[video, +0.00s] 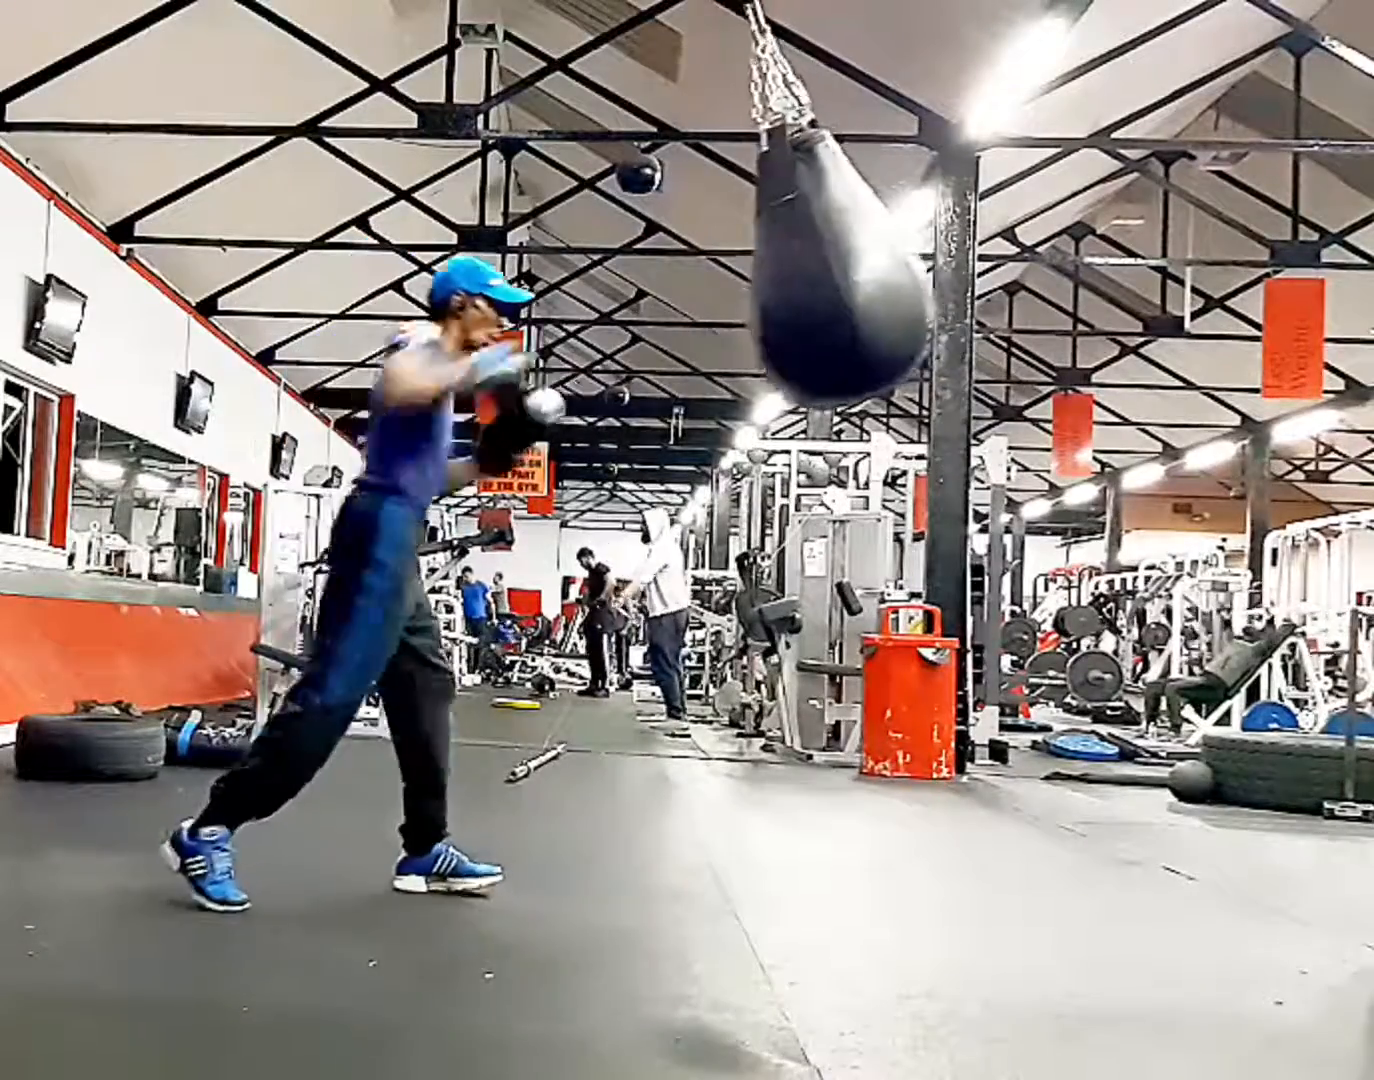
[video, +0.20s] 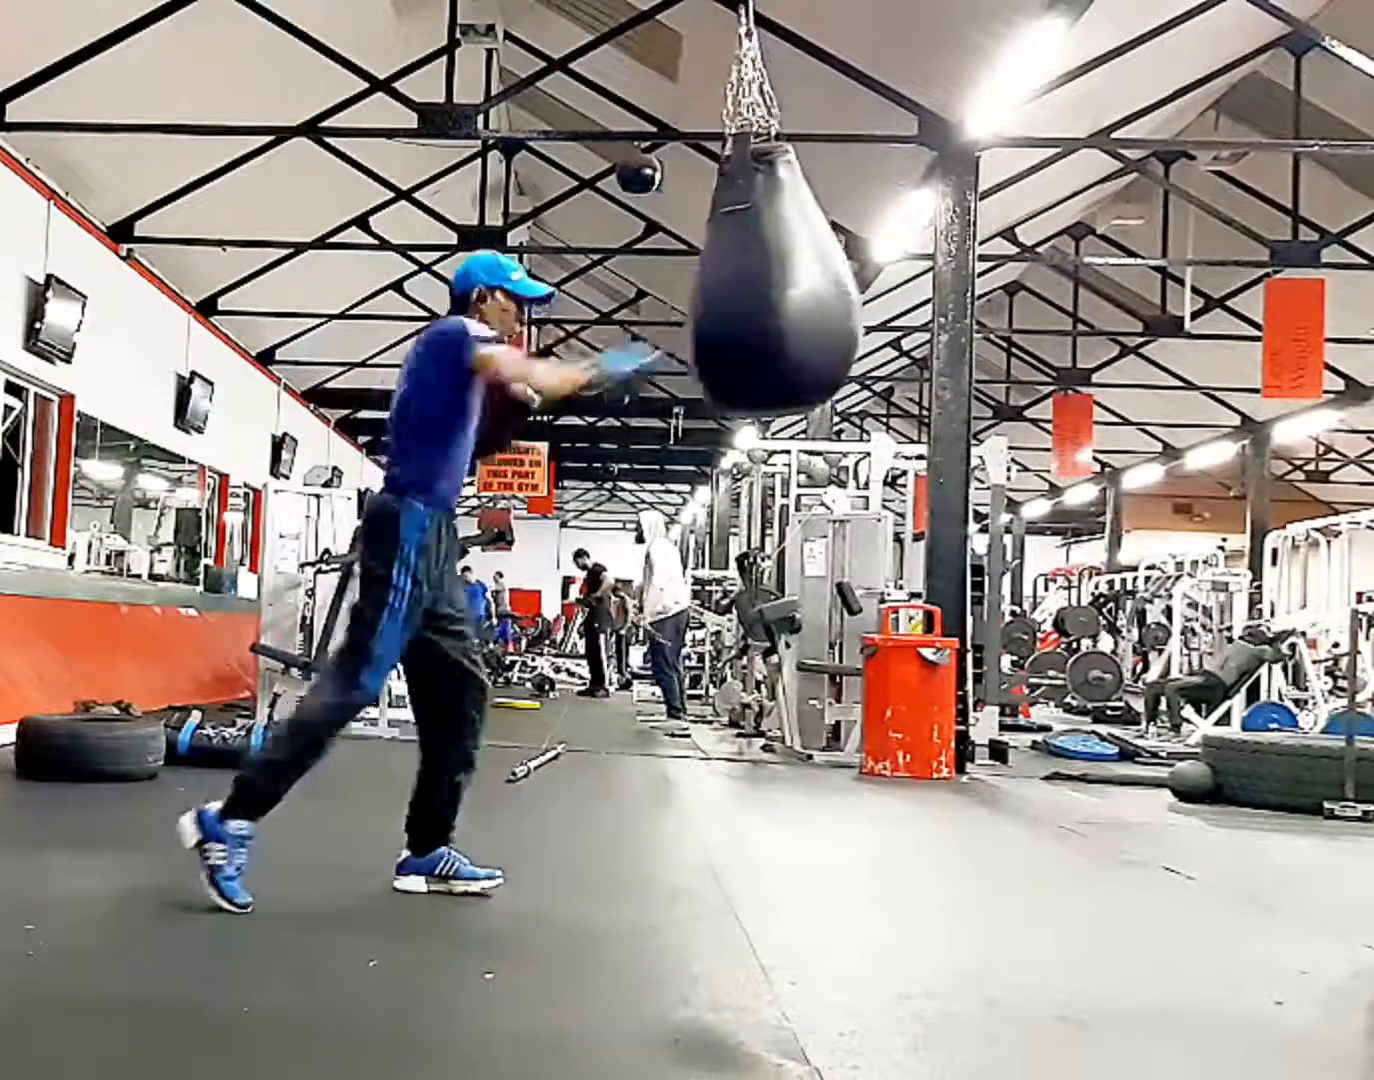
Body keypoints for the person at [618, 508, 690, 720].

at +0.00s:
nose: (642, 529)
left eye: (645, 525)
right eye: (643, 525)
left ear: (656, 526)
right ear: (661, 526)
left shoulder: (661, 548)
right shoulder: (668, 545)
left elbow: (645, 575)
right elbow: (645, 576)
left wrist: (625, 595)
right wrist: (626, 591)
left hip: (666, 611)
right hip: (673, 609)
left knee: (663, 662)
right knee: (671, 660)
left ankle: (675, 708)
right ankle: (677, 706)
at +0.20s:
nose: (636, 530)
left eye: (639, 526)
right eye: (637, 525)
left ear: (648, 527)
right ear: (657, 526)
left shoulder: (656, 550)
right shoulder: (669, 547)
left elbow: (656, 583)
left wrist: (647, 611)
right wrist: (640, 592)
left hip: (665, 610)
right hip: (678, 607)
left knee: (663, 662)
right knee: (672, 660)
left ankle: (675, 710)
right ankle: (678, 706)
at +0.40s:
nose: (633, 530)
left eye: (637, 526)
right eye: (635, 526)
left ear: (646, 528)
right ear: (652, 527)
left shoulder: (657, 550)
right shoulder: (655, 549)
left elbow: (671, 583)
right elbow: (657, 584)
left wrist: (672, 617)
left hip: (666, 615)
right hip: (664, 614)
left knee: (664, 667)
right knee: (670, 665)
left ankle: (675, 711)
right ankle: (677, 708)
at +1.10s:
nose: (631, 532)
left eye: (634, 528)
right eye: (632, 527)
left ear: (644, 530)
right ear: (647, 530)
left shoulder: (659, 551)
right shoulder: (645, 553)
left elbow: (680, 581)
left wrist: (691, 614)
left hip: (669, 617)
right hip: (658, 618)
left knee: (666, 667)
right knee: (669, 666)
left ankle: (676, 711)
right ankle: (675, 710)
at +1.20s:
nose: (628, 533)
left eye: (631, 528)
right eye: (629, 528)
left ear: (641, 531)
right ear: (646, 531)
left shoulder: (656, 552)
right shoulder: (646, 553)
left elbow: (680, 581)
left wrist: (690, 614)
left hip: (669, 618)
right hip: (661, 618)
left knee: (666, 668)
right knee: (671, 667)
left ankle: (676, 712)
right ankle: (677, 710)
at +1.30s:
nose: (626, 534)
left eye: (630, 529)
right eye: (627, 529)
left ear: (640, 532)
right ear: (642, 533)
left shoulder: (655, 554)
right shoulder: (643, 555)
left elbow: (679, 584)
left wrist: (685, 619)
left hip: (668, 620)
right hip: (659, 620)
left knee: (666, 670)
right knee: (672, 669)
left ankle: (676, 713)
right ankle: (678, 710)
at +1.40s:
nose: (628, 533)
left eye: (631, 529)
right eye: (629, 528)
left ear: (641, 531)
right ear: (645, 531)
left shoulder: (655, 554)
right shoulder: (646, 555)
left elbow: (668, 587)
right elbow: (654, 588)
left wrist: (665, 620)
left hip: (672, 616)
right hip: (665, 616)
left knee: (666, 668)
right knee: (673, 668)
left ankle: (676, 713)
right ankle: (678, 710)